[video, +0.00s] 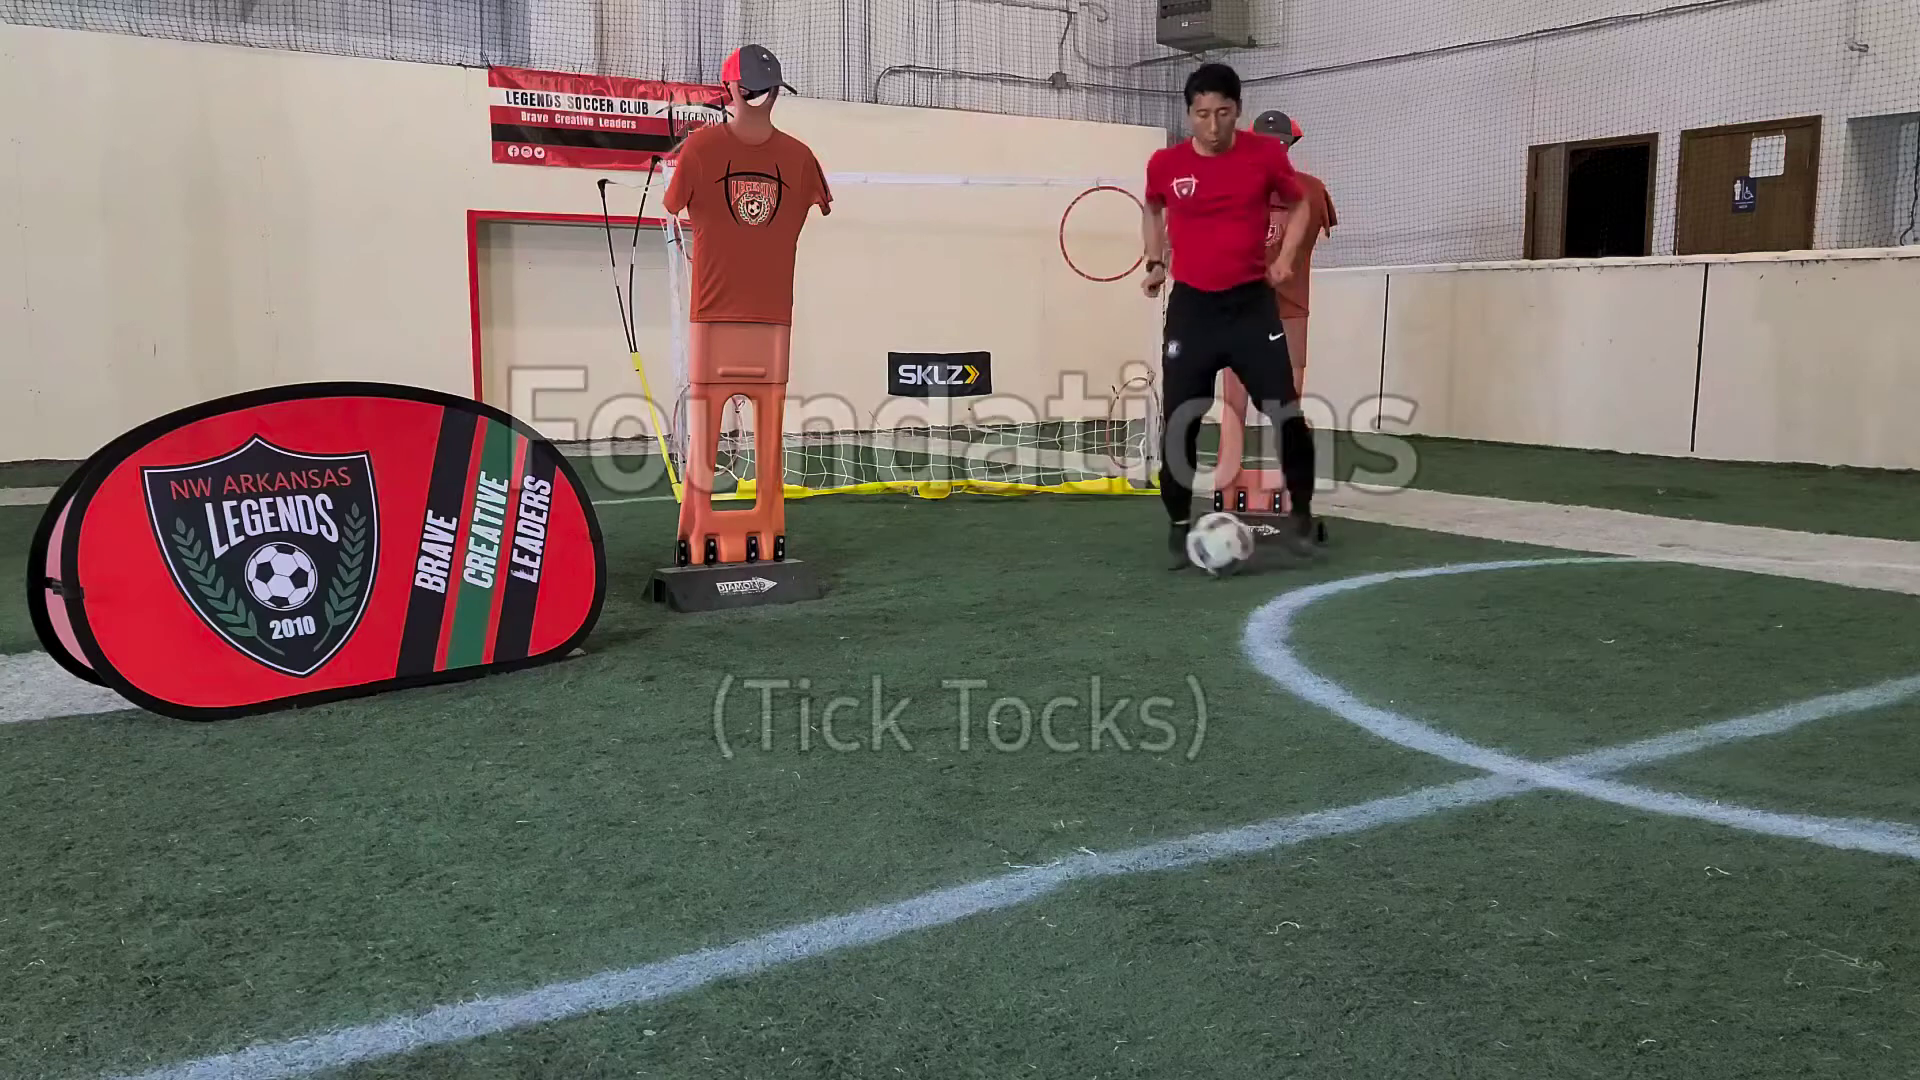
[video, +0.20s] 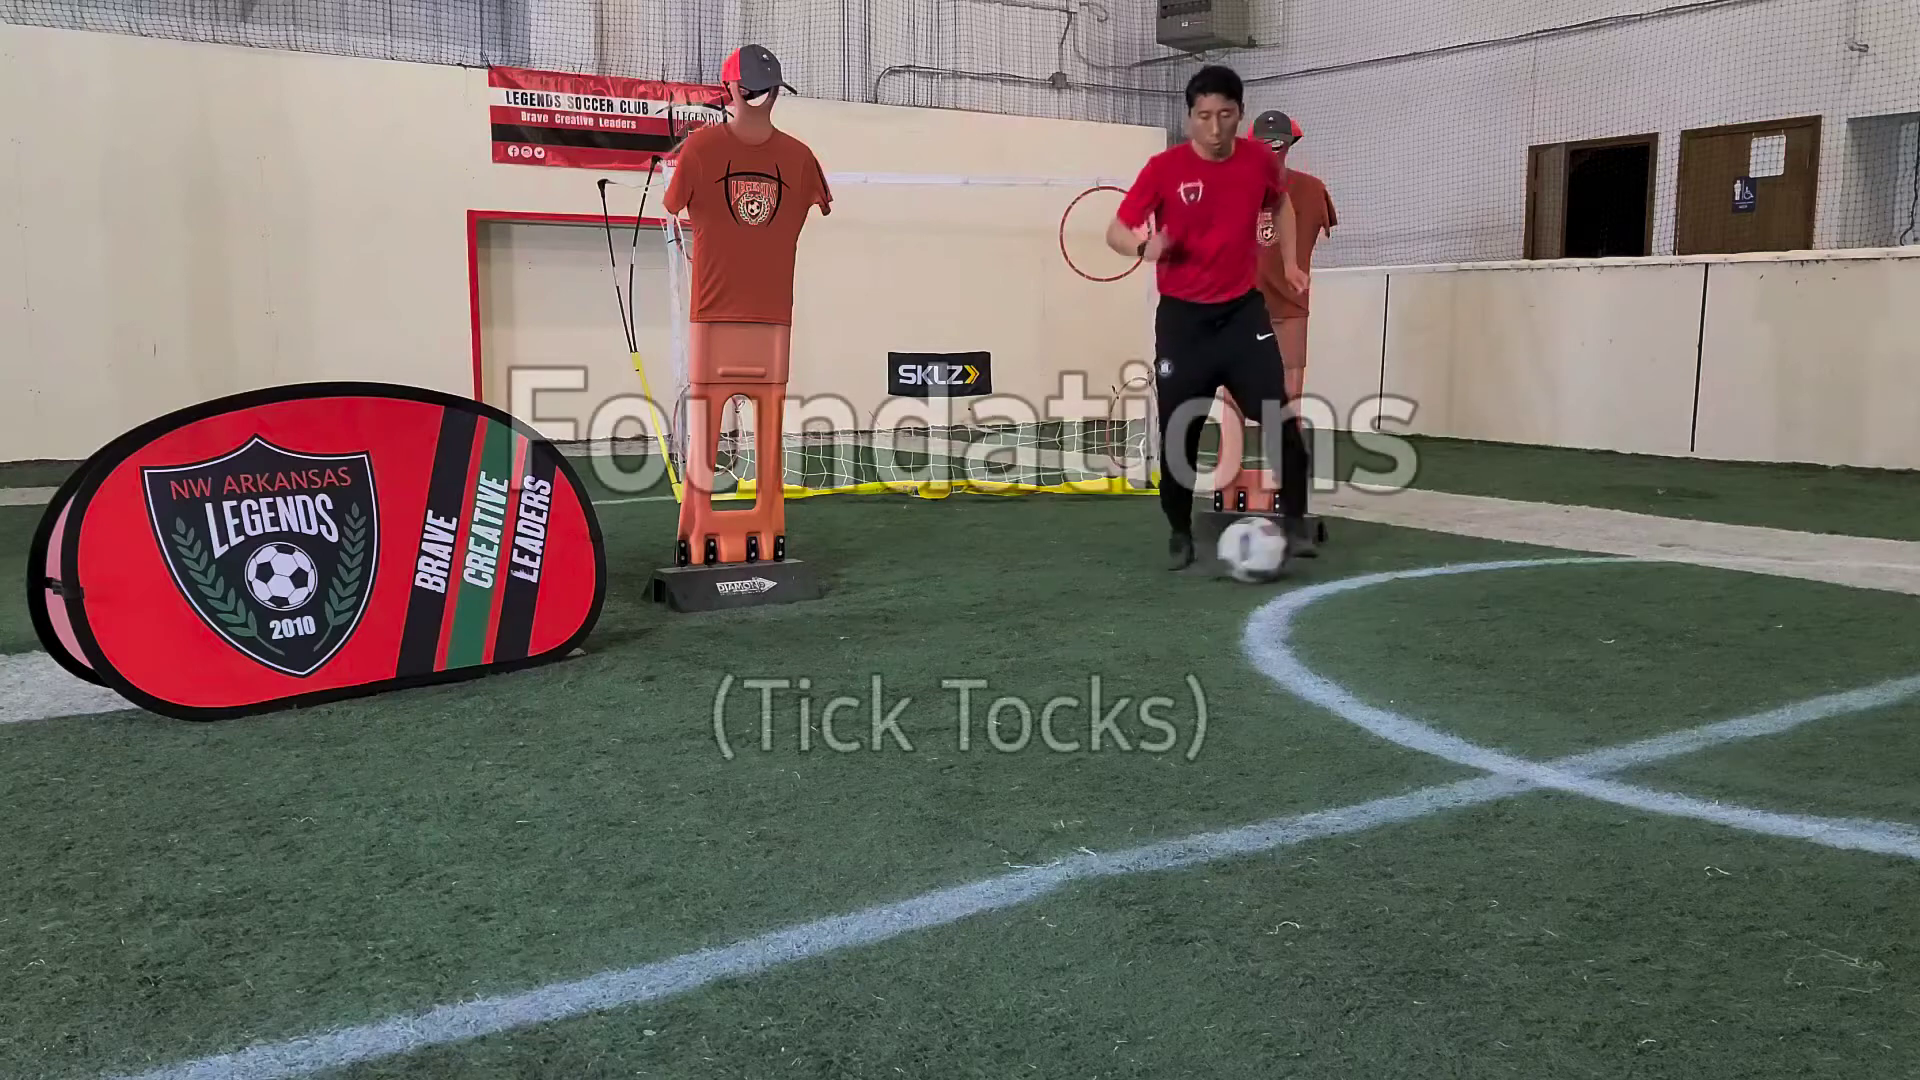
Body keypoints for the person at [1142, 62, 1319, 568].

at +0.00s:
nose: (1213, 125)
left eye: (1223, 113)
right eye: (1203, 114)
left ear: (1238, 112)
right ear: (1188, 114)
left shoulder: (1266, 155)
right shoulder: (1165, 165)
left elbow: (1304, 203)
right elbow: (1153, 208)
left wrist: (1286, 259)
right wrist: (1154, 260)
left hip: (1251, 304)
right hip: (1191, 307)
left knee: (1285, 410)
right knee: (1181, 418)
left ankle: (1303, 519)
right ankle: (1180, 527)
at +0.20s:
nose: (1215, 126)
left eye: (1225, 115)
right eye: (1204, 115)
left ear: (1239, 116)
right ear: (1189, 116)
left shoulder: (1260, 158)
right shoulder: (1165, 166)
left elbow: (1279, 200)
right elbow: (1116, 232)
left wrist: (1285, 255)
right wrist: (1142, 244)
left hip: (1244, 312)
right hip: (1182, 317)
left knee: (1277, 417)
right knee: (1179, 430)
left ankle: (1294, 521)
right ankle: (1180, 534)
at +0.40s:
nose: (1212, 116)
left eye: (1222, 105)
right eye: (1201, 106)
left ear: (1238, 108)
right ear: (1187, 111)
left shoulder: (1271, 160)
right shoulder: (1166, 168)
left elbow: (1300, 221)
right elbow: (1131, 226)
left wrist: (1282, 257)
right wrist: (1128, 292)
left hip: (1247, 318)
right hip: (1183, 316)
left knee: (1256, 436)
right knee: (1137, 418)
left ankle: (1247, 547)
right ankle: (1107, 513)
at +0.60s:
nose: (1194, 96)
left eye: (1205, 86)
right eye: (1184, 86)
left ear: (1220, 90)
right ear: (1168, 90)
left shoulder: (1250, 140)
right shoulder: (1141, 149)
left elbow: (1282, 196)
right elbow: (1123, 197)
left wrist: (1272, 242)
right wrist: (1123, 257)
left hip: (1232, 301)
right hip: (1168, 303)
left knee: (1272, 411)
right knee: (1151, 422)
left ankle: (1286, 526)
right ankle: (1146, 538)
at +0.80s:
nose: (1194, 97)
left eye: (1205, 86)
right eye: (1183, 87)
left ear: (1219, 91)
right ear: (1166, 92)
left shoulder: (1240, 143)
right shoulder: (1138, 149)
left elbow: (1255, 189)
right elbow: (1092, 223)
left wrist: (1262, 249)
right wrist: (1117, 232)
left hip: (1220, 307)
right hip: (1155, 312)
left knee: (1268, 411)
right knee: (1145, 431)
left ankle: (1288, 523)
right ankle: (1147, 549)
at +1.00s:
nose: (1189, 93)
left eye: (1200, 81)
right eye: (1177, 82)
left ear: (1218, 86)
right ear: (1162, 90)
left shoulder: (1254, 145)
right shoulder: (1139, 152)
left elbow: (1286, 222)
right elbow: (1104, 213)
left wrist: (1263, 236)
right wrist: (1095, 286)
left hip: (1225, 318)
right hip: (1156, 313)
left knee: (1222, 446)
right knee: (1118, 428)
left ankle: (1208, 565)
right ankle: (1088, 529)